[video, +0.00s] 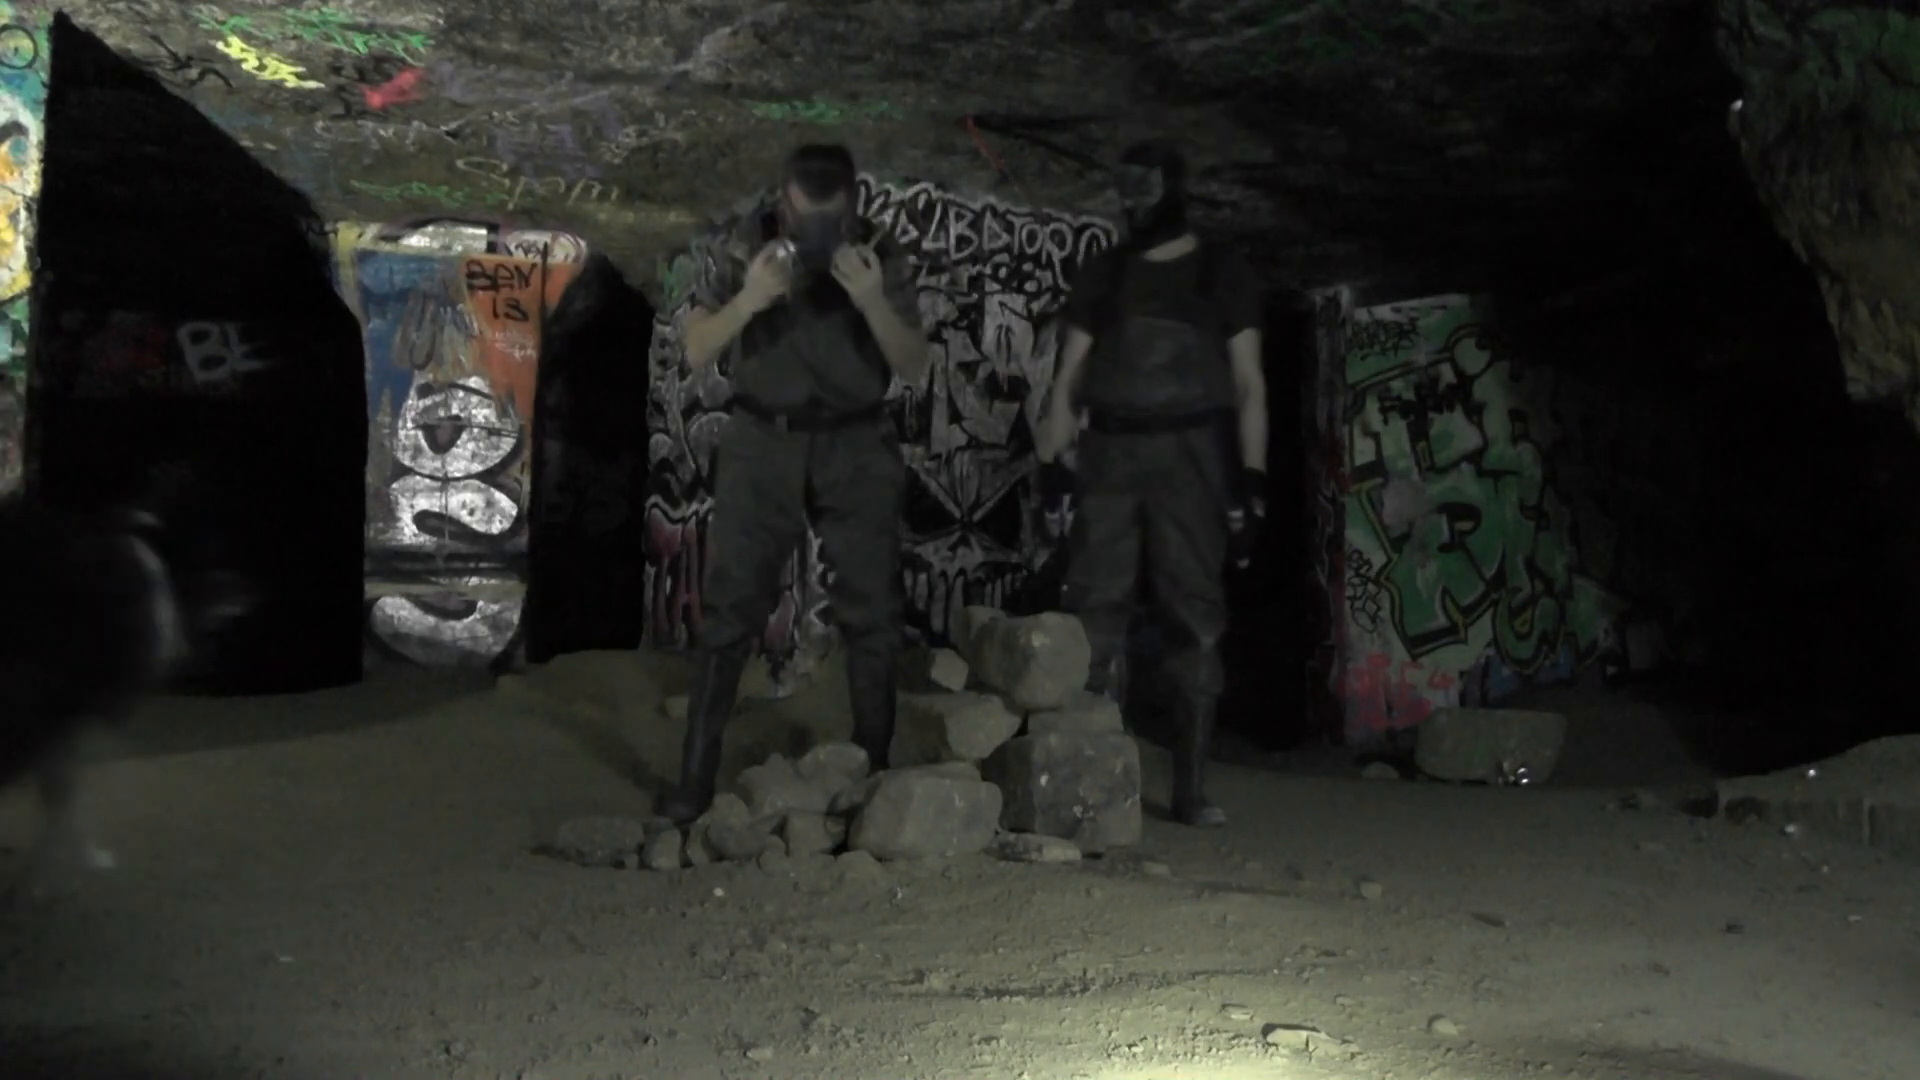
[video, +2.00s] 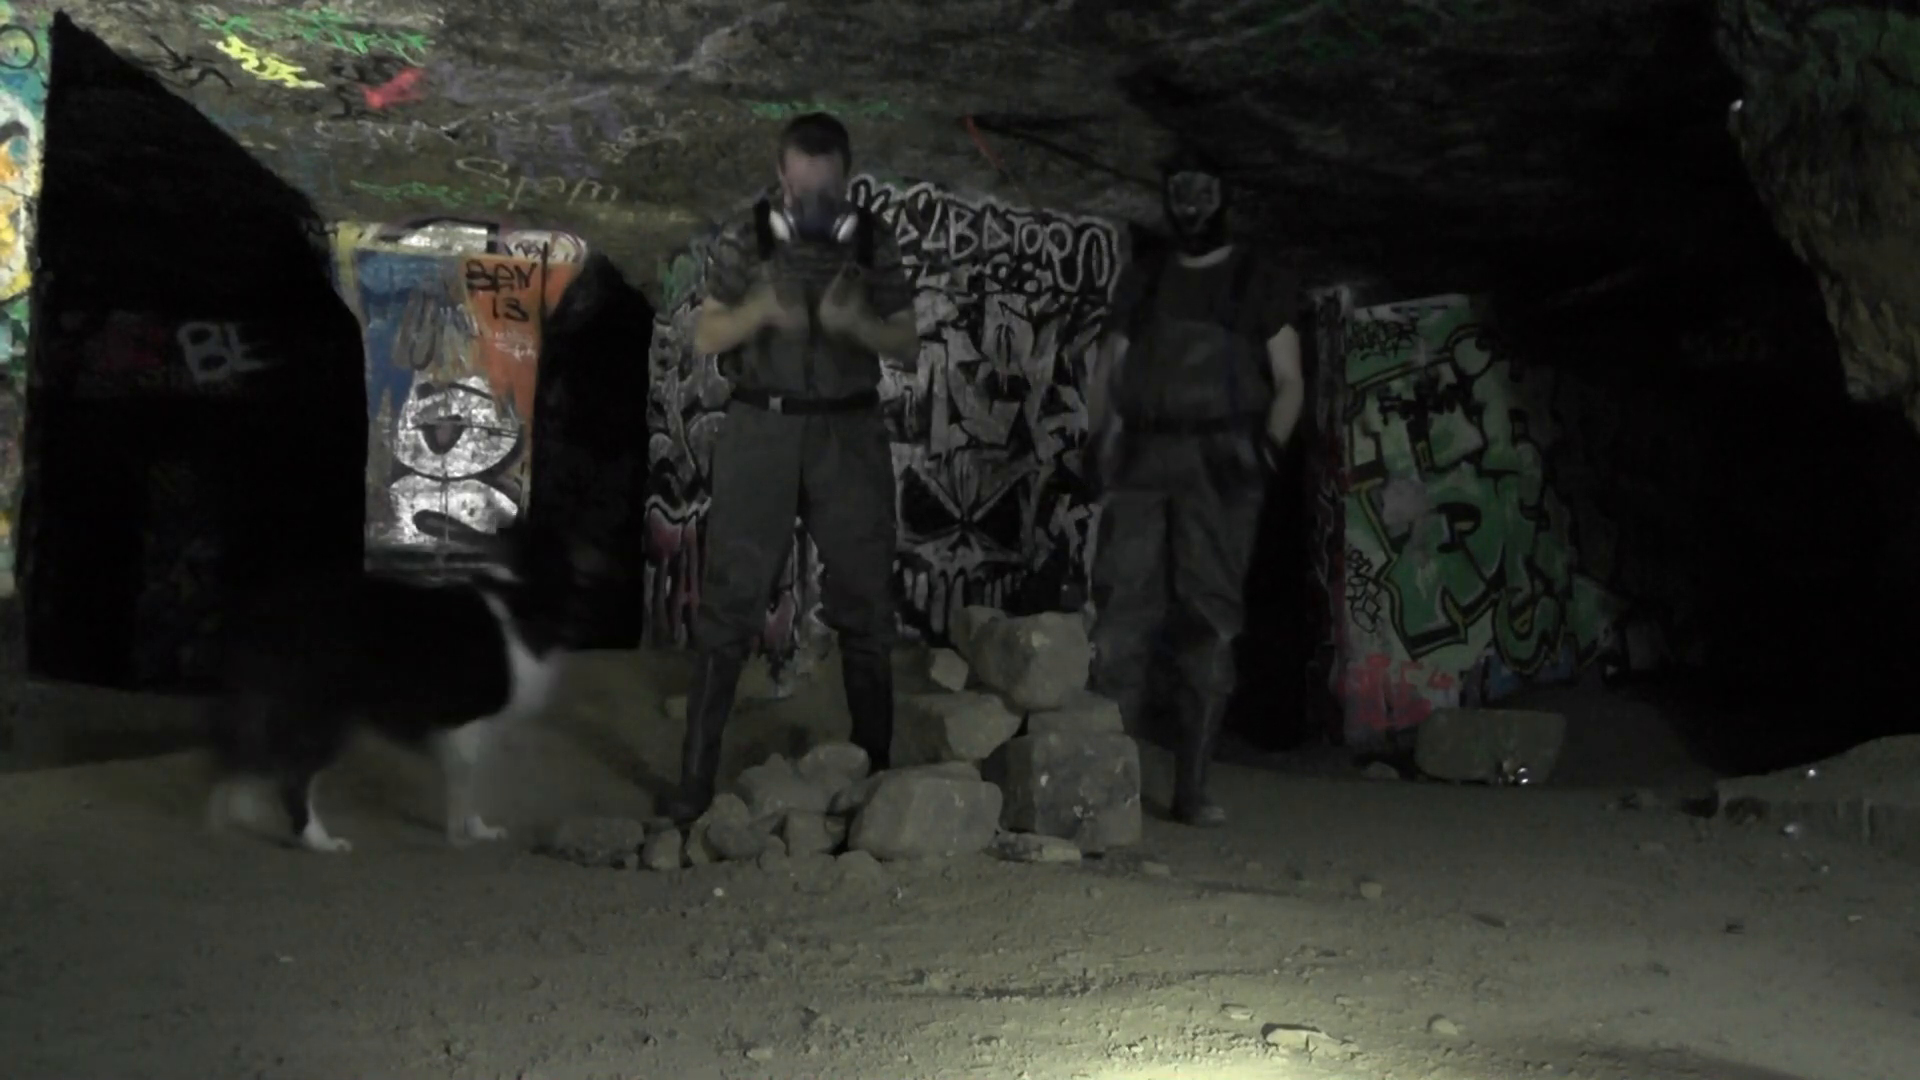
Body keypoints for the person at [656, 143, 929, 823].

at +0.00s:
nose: (817, 229)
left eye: (831, 217)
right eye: (805, 215)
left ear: (853, 204)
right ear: (783, 199)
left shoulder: (877, 253)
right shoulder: (741, 245)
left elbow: (912, 364)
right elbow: (697, 349)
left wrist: (872, 299)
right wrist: (749, 300)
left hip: (856, 453)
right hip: (758, 450)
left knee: (870, 617)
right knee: (729, 615)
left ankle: (873, 781)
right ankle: (694, 787)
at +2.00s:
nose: (812, 202)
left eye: (826, 188)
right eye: (800, 188)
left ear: (847, 177)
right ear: (780, 174)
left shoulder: (871, 239)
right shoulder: (743, 238)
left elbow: (906, 345)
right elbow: (705, 335)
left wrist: (855, 319)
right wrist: (762, 309)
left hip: (849, 444)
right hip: (759, 442)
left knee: (864, 612)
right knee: (731, 608)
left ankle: (875, 778)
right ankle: (695, 783)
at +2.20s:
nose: (813, 187)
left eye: (826, 175)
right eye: (801, 174)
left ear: (848, 170)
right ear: (780, 166)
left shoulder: (867, 235)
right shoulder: (750, 232)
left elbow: (907, 343)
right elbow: (701, 335)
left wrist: (871, 260)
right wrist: (751, 253)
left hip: (849, 445)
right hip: (759, 443)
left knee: (863, 616)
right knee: (730, 611)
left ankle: (874, 783)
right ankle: (694, 786)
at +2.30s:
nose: (812, 184)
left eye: (825, 172)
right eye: (801, 171)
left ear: (848, 168)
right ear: (780, 164)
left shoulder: (867, 236)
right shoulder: (748, 235)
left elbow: (907, 341)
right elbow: (701, 336)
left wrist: (871, 250)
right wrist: (750, 249)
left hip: (849, 445)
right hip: (759, 443)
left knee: (863, 617)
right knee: (730, 612)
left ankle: (874, 783)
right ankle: (695, 786)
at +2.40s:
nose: (812, 182)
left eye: (825, 170)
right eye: (801, 169)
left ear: (848, 165)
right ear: (781, 162)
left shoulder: (868, 236)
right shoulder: (748, 235)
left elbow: (907, 340)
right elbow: (701, 334)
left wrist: (870, 250)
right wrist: (750, 248)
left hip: (850, 444)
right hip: (759, 442)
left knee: (864, 617)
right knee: (730, 611)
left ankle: (874, 783)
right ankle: (694, 785)